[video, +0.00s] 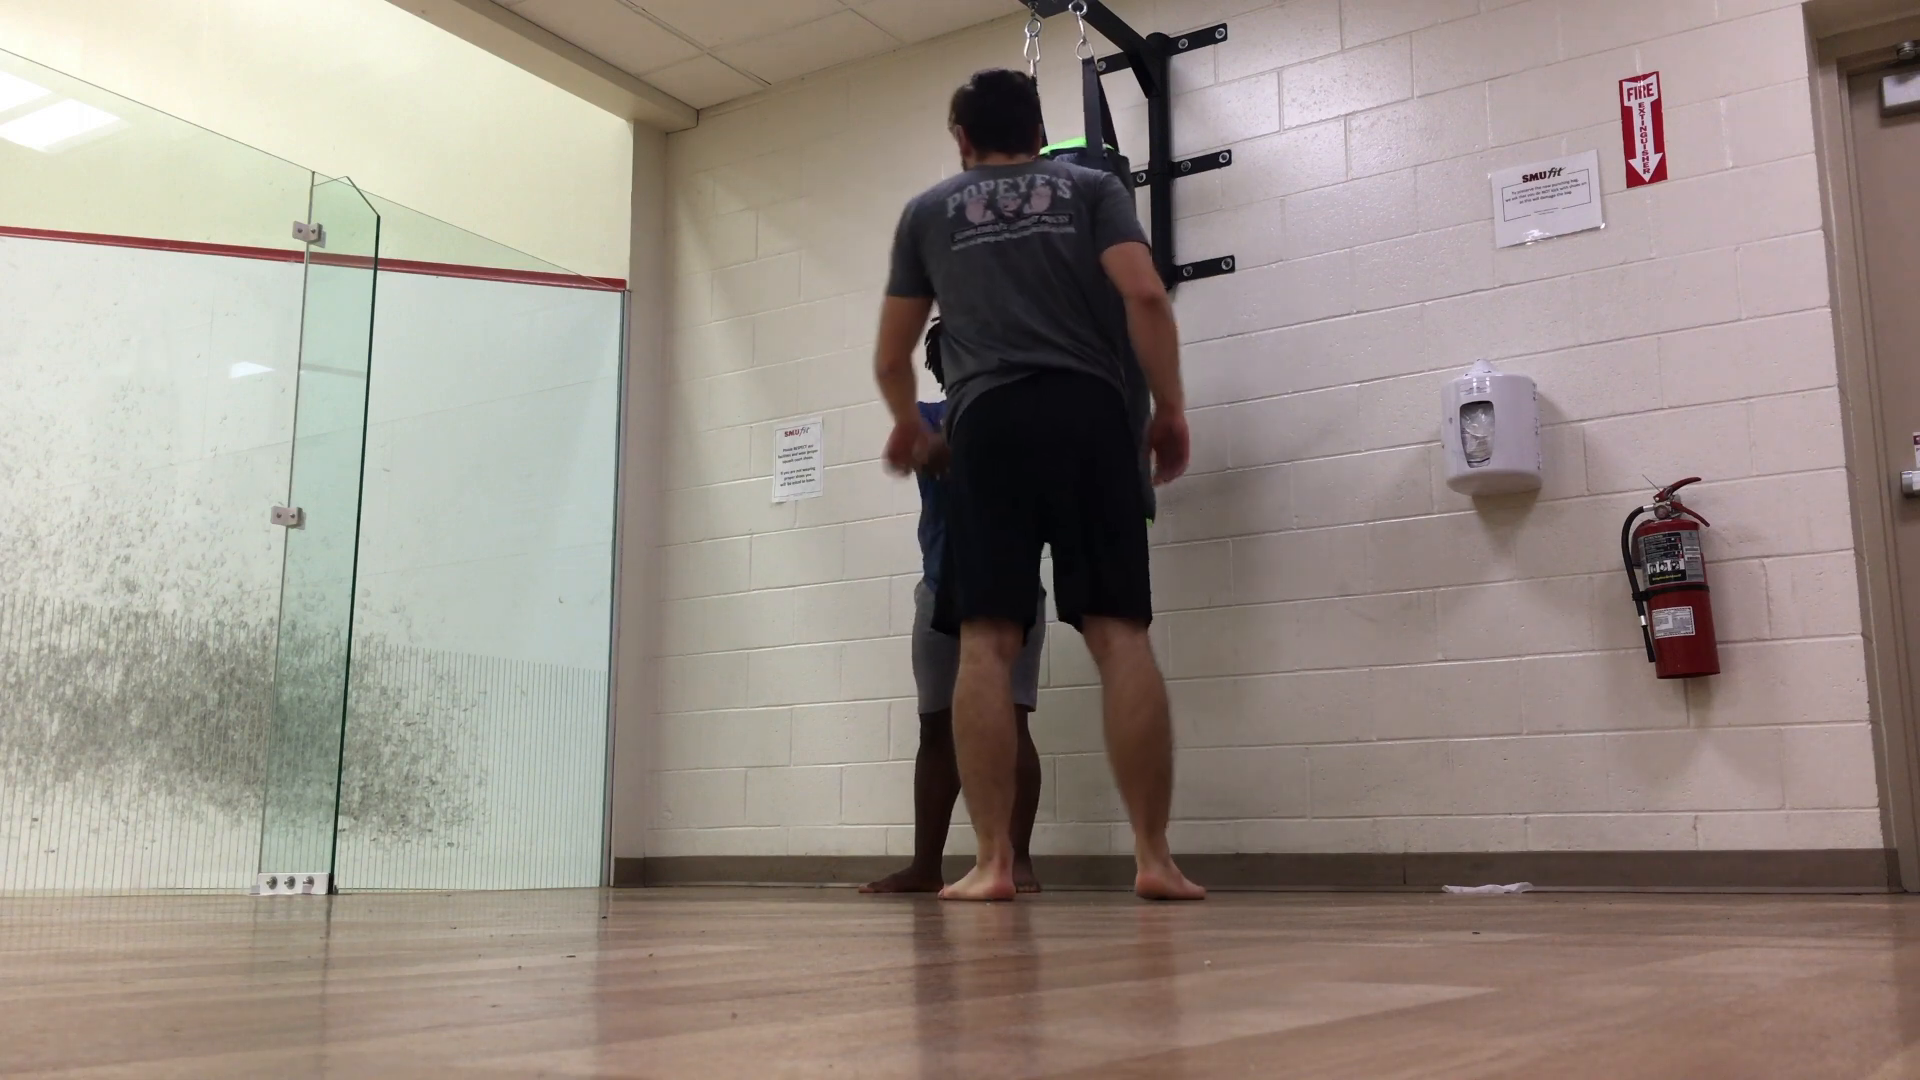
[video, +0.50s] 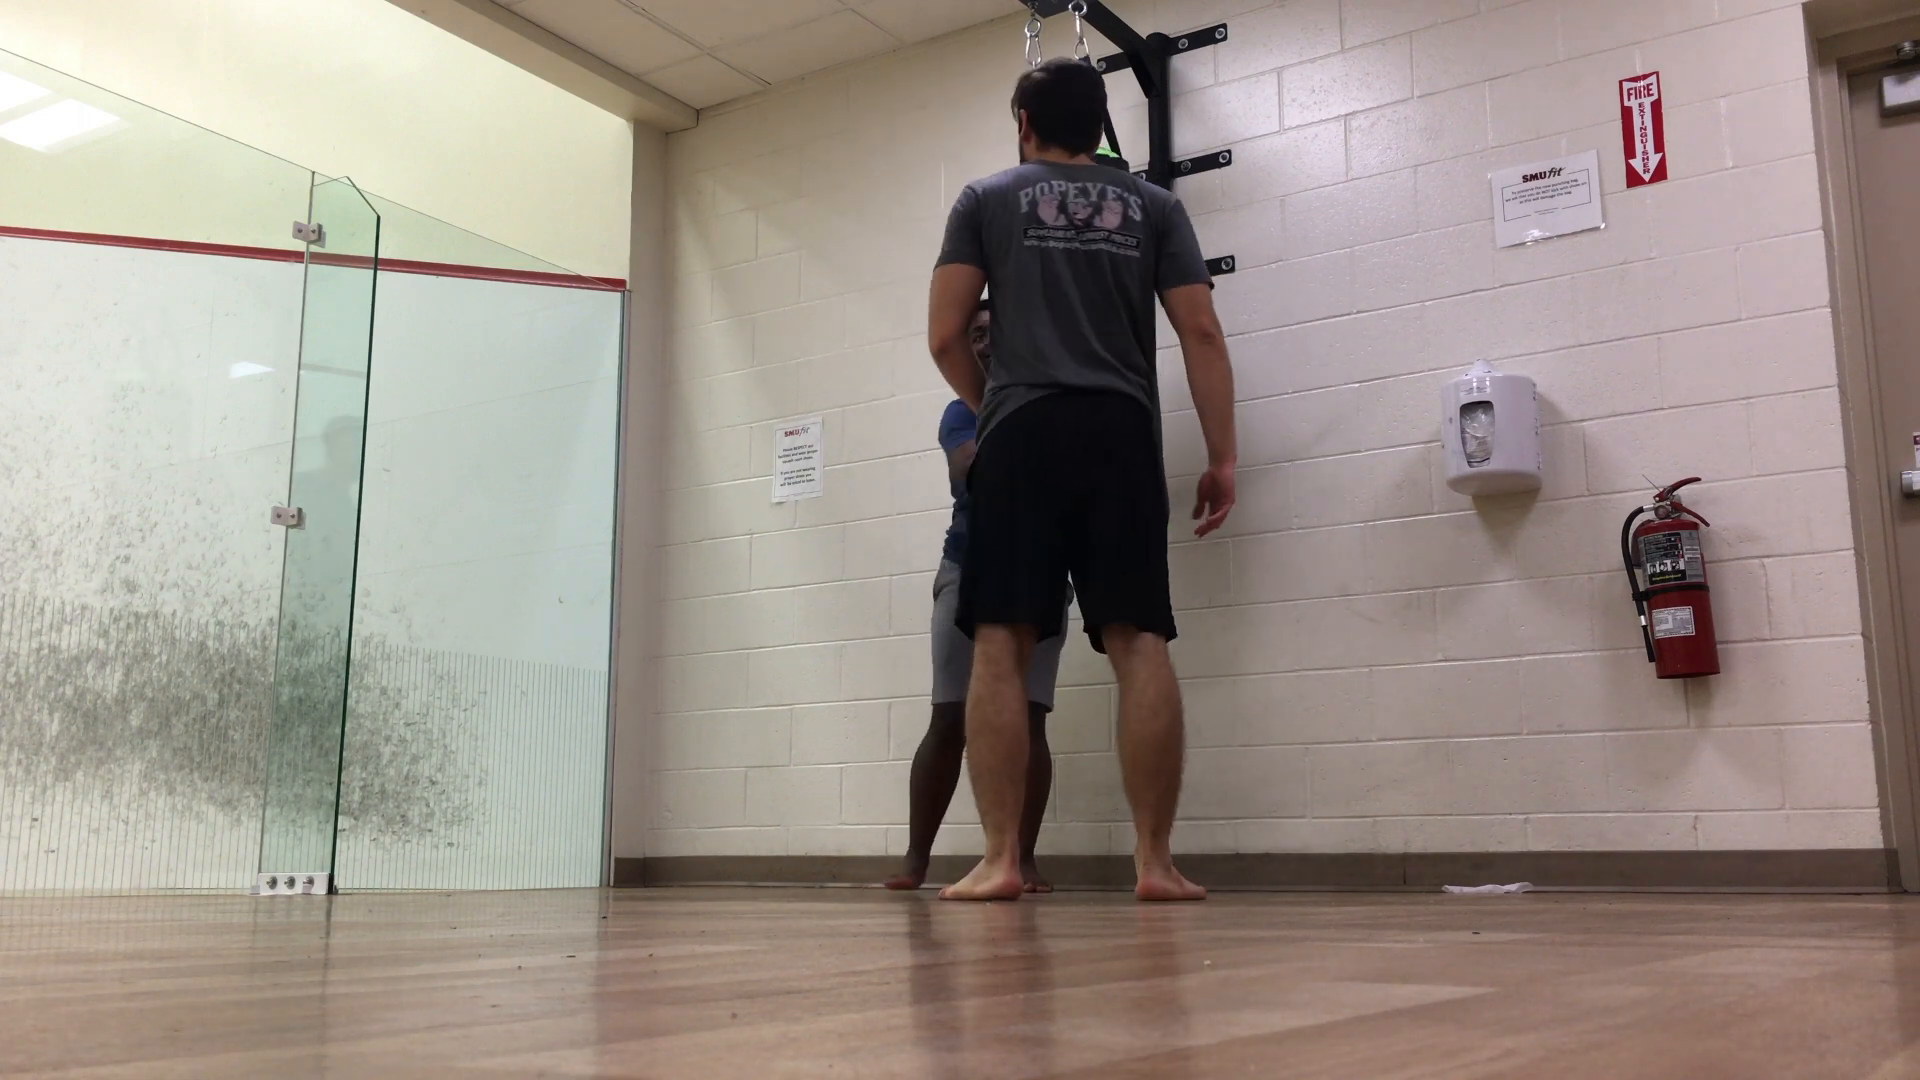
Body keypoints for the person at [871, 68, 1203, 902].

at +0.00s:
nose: (953, 150)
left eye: (952, 140)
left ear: (961, 141)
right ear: (1040, 133)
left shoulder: (927, 212)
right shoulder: (1092, 187)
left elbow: (893, 358)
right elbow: (1145, 292)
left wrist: (910, 425)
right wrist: (1171, 407)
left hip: (989, 440)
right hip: (1094, 430)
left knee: (985, 642)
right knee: (1120, 635)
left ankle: (994, 862)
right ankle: (1153, 857)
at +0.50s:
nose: (1016, 137)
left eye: (1015, 126)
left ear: (1025, 129)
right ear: (1104, 131)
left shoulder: (986, 199)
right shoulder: (1155, 206)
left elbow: (945, 335)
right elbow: (1201, 332)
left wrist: (992, 412)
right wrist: (1223, 455)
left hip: (1020, 443)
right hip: (1124, 443)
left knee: (999, 646)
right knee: (1140, 642)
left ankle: (1003, 860)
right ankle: (1154, 861)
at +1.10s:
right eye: (1005, 128)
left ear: (933, 137)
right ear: (1013, 135)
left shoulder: (884, 221)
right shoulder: (1049, 203)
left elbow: (855, 360)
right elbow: (1092, 326)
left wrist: (924, 388)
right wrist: (1130, 445)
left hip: (924, 450)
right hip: (1033, 447)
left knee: (894, 644)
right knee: (1090, 646)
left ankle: (885, 861)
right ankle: (1148, 850)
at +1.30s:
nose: (961, 140)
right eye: (962, 128)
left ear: (880, 139)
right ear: (955, 130)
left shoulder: (832, 221)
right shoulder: (976, 185)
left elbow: (820, 364)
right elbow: (1003, 301)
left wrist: (874, 430)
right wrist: (1048, 425)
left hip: (870, 442)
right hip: (972, 429)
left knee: (867, 643)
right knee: (1032, 622)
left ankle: (883, 861)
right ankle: (1018, 841)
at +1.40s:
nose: (939, 135)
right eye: (939, 124)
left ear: (858, 135)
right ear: (935, 126)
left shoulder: (813, 222)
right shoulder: (947, 175)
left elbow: (813, 365)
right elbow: (967, 285)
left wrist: (837, 453)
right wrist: (1011, 416)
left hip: (848, 439)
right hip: (941, 424)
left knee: (859, 644)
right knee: (997, 625)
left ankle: (882, 859)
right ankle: (890, 809)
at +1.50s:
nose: (921, 126)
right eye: (919, 115)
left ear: (837, 130)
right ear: (914, 118)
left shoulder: (801, 219)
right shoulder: (921, 166)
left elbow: (794, 368)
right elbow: (943, 281)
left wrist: (793, 487)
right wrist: (991, 407)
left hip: (828, 440)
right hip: (909, 426)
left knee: (854, 642)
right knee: (936, 629)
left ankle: (884, 860)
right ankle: (775, 782)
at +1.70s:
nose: (905, 120)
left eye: (901, 106)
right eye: (901, 104)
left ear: (821, 116)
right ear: (881, 99)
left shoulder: (783, 206)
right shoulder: (868, 153)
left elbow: (753, 346)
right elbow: (898, 282)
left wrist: (748, 475)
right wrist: (995, 396)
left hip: (798, 425)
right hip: (835, 421)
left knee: (890, 631)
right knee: (800, 616)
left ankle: (882, 852)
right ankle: (655, 819)